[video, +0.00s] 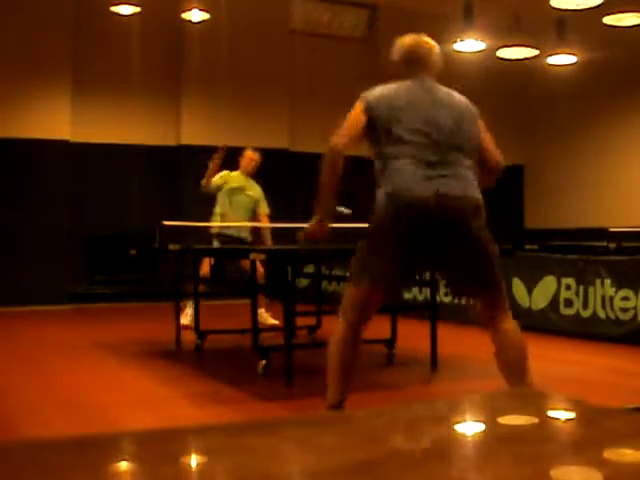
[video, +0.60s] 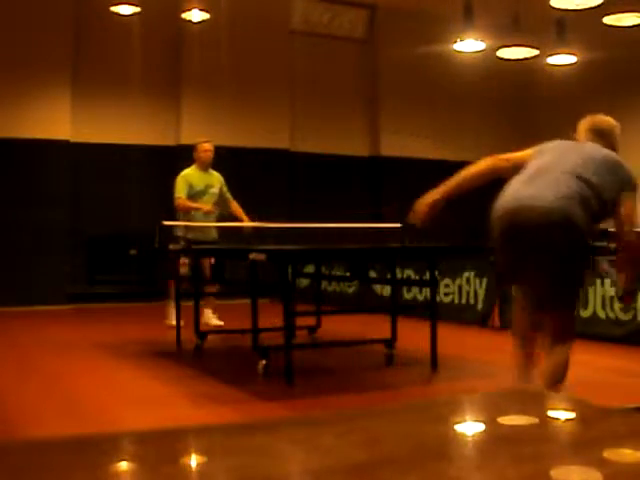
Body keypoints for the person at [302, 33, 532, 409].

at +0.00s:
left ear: (396, 65)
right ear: (437, 65)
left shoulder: (376, 99)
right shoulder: (461, 105)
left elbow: (336, 147)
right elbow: (494, 162)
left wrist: (323, 215)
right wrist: (468, 194)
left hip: (398, 217)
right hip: (461, 216)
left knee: (352, 314)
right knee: (498, 315)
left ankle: (334, 403)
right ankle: (524, 401)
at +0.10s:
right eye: (464, 73)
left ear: (423, 76)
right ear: (461, 78)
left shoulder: (398, 108)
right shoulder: (484, 115)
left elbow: (353, 159)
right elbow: (509, 171)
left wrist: (352, 218)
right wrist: (515, 219)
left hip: (404, 217)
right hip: (467, 217)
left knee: (360, 315)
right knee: (509, 317)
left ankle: (336, 404)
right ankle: (524, 409)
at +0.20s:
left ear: (466, 84)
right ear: (503, 88)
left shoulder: (437, 113)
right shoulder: (513, 120)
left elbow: (384, 154)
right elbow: (518, 164)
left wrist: (370, 213)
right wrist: (545, 228)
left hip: (414, 212)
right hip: (475, 216)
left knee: (379, 313)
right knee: (516, 323)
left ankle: (342, 402)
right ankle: (525, 414)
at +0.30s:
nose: (555, 103)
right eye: (553, 97)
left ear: (508, 94)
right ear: (546, 98)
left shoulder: (476, 122)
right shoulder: (543, 123)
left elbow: (418, 153)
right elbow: (540, 160)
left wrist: (379, 194)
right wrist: (567, 229)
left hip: (435, 213)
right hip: (491, 216)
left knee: (399, 319)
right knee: (528, 324)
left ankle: (349, 402)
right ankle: (529, 415)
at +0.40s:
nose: (587, 116)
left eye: (587, 109)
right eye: (585, 110)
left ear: (541, 108)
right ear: (575, 110)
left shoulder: (505, 133)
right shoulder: (572, 135)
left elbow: (446, 154)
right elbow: (570, 173)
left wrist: (393, 184)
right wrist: (592, 242)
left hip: (458, 215)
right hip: (512, 218)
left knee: (437, 315)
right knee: (536, 330)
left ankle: (374, 391)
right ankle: (529, 416)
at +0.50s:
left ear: (563, 123)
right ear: (600, 133)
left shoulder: (530, 142)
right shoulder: (597, 152)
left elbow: (473, 159)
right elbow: (602, 204)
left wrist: (412, 187)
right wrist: (618, 271)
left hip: (482, 212)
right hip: (536, 219)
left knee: (480, 304)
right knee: (545, 329)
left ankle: (453, 384)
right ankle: (533, 408)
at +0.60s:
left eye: (580, 134)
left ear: (579, 136)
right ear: (614, 145)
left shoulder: (551, 148)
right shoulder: (620, 171)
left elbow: (493, 163)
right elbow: (627, 235)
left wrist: (437, 194)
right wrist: (627, 285)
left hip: (509, 215)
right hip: (560, 222)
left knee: (523, 305)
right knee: (561, 325)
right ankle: (549, 397)